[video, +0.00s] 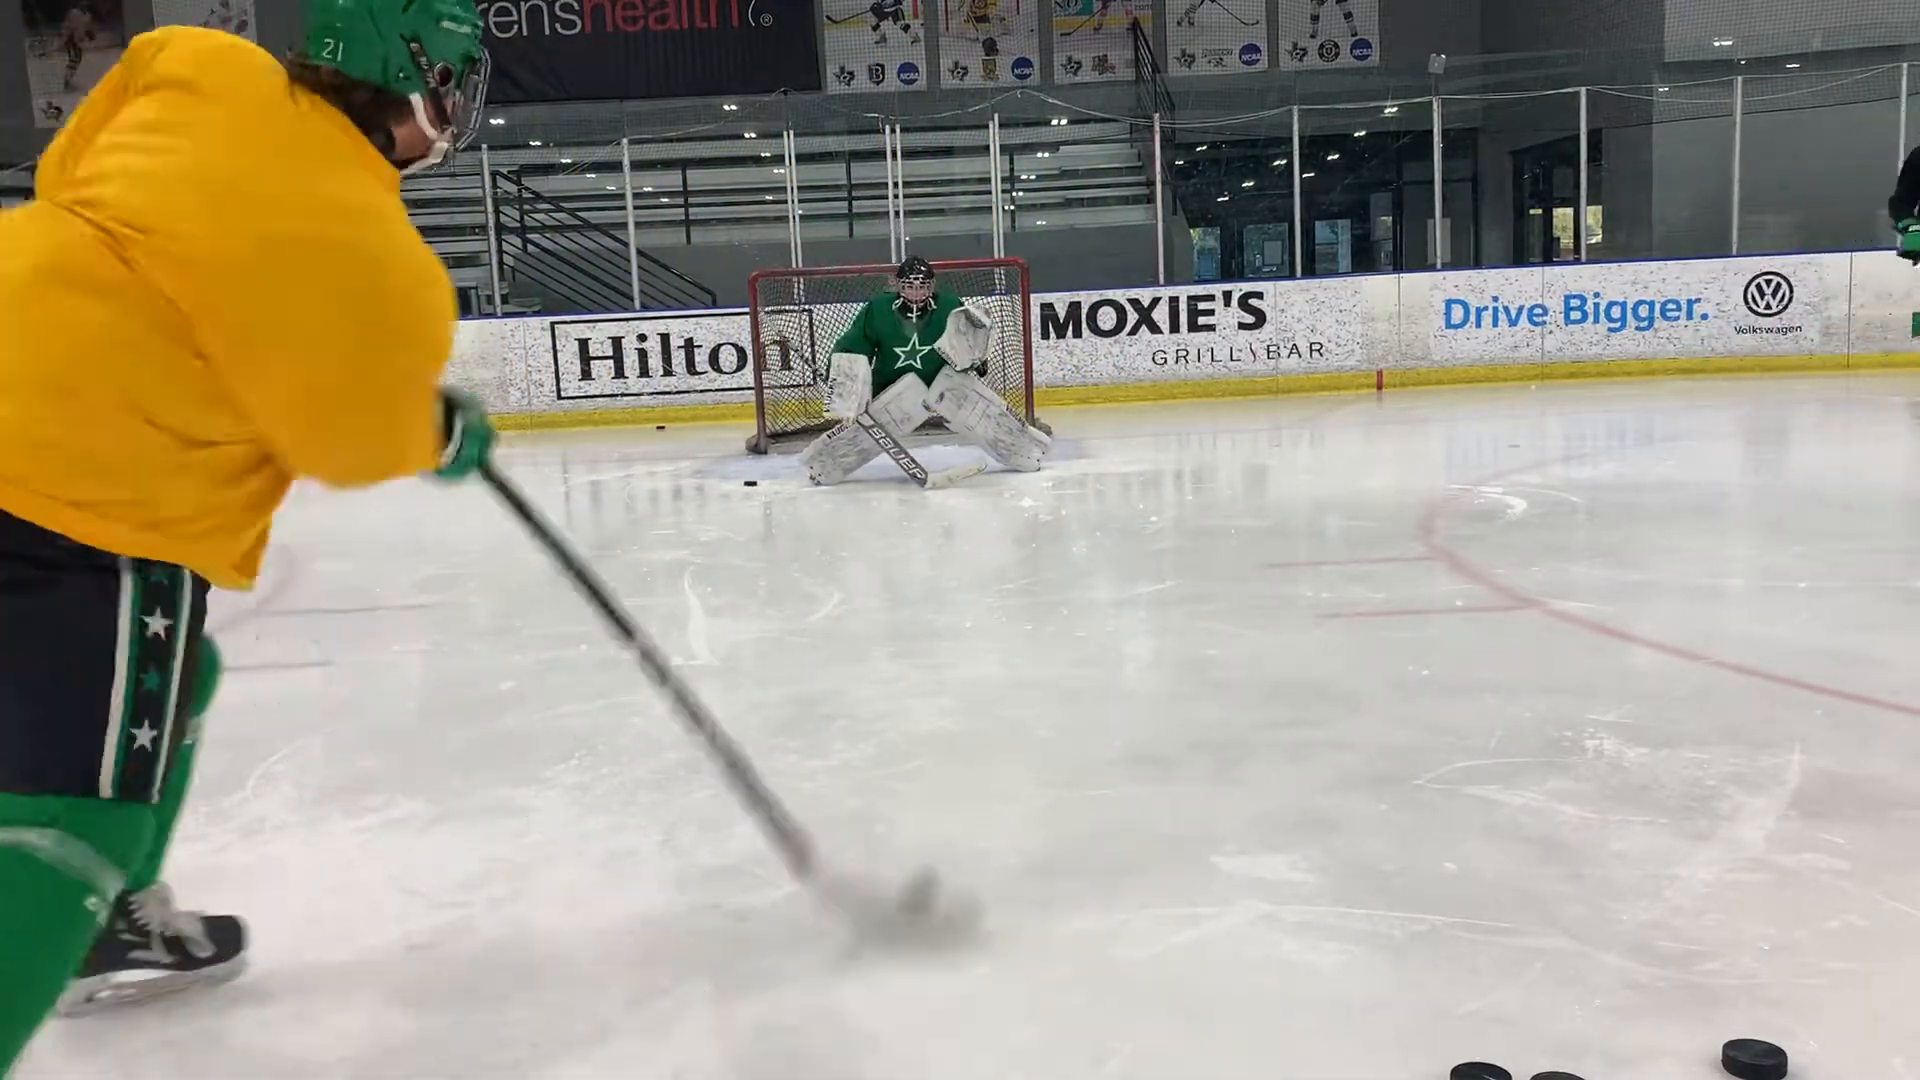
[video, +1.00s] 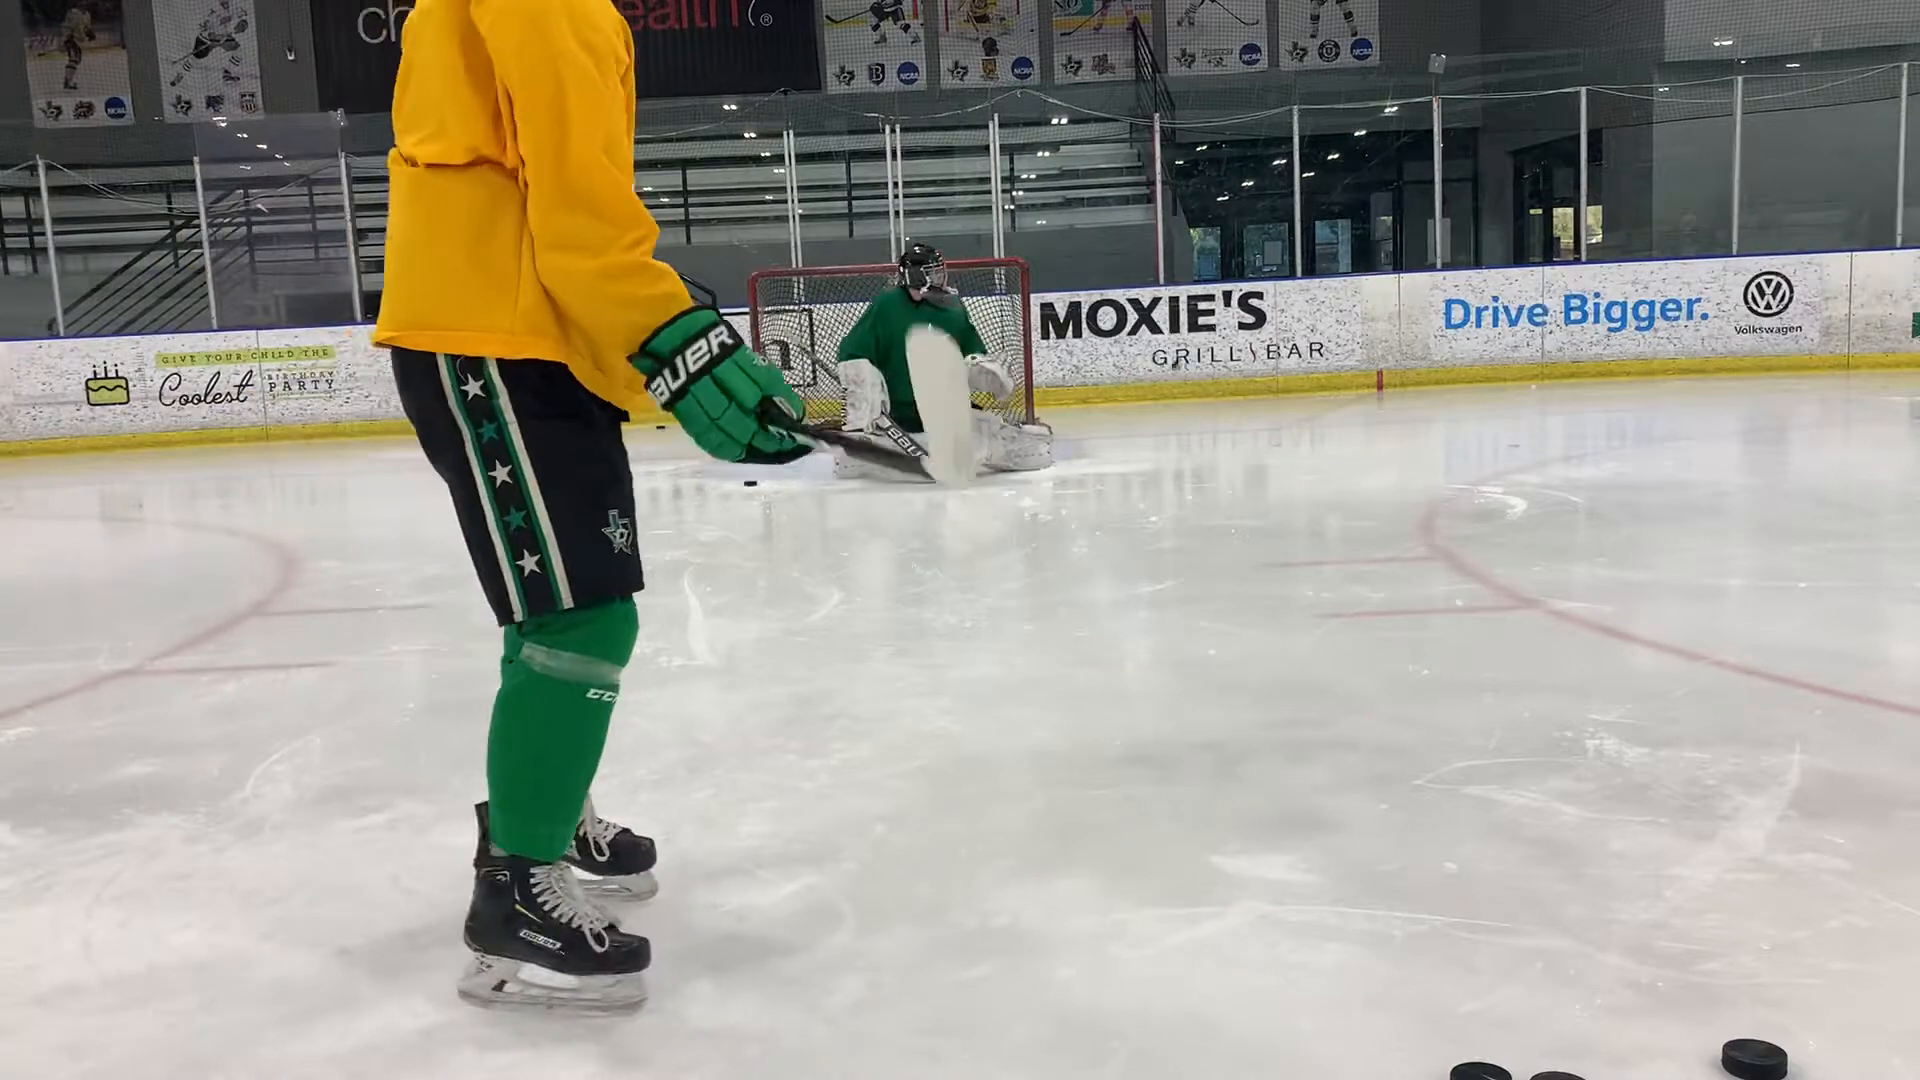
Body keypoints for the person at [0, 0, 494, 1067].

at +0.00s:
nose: (452, 134)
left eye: (461, 107)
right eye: (451, 103)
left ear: (330, 56)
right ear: (405, 92)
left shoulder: (190, 82)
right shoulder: (358, 239)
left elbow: (64, 171)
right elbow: (356, 440)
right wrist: (444, 430)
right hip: (83, 482)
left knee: (164, 676)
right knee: (65, 836)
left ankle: (98, 907)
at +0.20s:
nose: (502, 85)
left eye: (501, 65)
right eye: (496, 63)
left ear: (368, 40)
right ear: (468, 58)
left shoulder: (264, 74)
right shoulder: (471, 151)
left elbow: (116, 208)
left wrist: (164, 332)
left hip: (111, 374)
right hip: (234, 411)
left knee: (314, 636)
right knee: (56, 741)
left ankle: (273, 873)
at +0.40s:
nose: (515, 52)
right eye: (511, 39)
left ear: (391, 18)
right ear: (494, 34)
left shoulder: (294, 54)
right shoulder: (538, 120)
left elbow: (187, 222)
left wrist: (238, 330)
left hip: (213, 349)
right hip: (339, 369)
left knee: (401, 598)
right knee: (229, 692)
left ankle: (388, 842)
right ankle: (11, 919)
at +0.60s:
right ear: (520, 6)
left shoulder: (335, 40)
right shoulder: (565, 65)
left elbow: (243, 226)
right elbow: (584, 275)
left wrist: (315, 317)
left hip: (307, 345)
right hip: (407, 351)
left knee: (495, 583)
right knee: (454, 659)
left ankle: (476, 811)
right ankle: (249, 891)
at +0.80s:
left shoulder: (402, 22)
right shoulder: (569, 30)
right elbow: (588, 238)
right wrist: (651, 381)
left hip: (392, 326)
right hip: (462, 331)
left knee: (504, 606)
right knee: (559, 619)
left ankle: (483, 826)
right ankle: (445, 897)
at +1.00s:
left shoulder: (563, 15)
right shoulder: (538, 10)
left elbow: (579, 201)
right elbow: (575, 201)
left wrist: (693, 348)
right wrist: (685, 355)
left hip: (520, 324)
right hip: (485, 327)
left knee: (577, 610)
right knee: (580, 620)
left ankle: (538, 827)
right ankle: (518, 896)